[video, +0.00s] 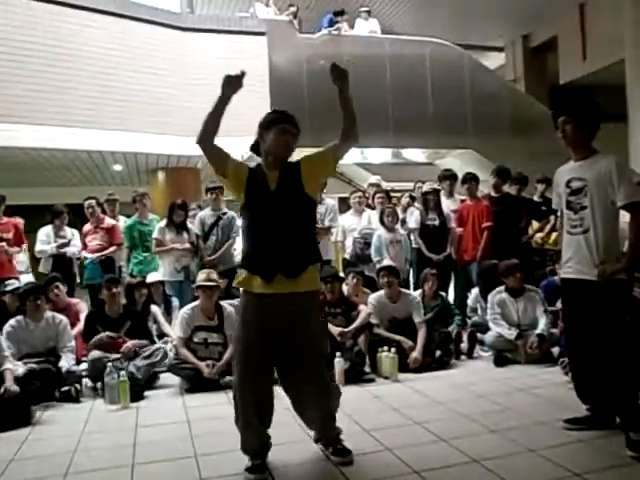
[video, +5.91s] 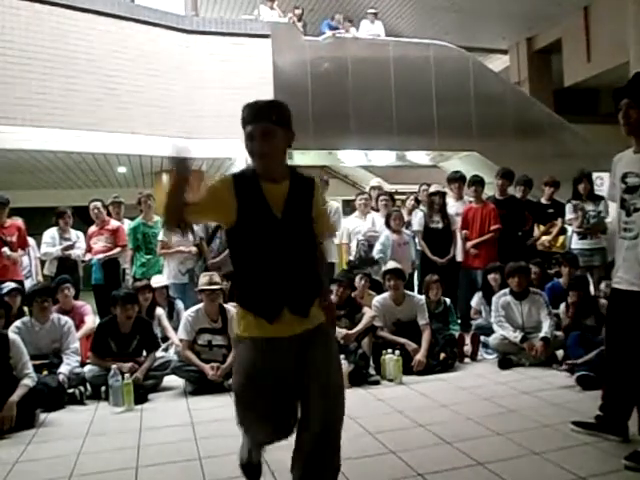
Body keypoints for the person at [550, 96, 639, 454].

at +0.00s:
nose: (562, 133)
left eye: (568, 126)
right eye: (559, 127)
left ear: (586, 128)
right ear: (560, 133)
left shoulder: (611, 166)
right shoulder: (561, 174)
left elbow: (636, 214)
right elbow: (562, 222)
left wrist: (629, 260)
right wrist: (561, 260)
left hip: (608, 277)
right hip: (573, 277)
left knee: (614, 347)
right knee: (580, 346)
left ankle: (628, 416)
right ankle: (597, 409)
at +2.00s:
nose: (558, 134)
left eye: (563, 128)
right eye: (556, 129)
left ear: (582, 129)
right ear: (557, 134)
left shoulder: (606, 166)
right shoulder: (561, 174)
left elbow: (631, 213)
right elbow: (561, 221)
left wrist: (619, 258)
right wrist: (560, 258)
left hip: (603, 274)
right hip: (570, 274)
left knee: (607, 345)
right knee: (577, 346)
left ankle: (620, 412)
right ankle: (597, 409)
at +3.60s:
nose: (607, 116)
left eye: (612, 108)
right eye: (606, 109)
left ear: (629, 111)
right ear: (611, 114)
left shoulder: (634, 159)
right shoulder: (610, 157)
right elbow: (610, 212)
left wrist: (638, 269)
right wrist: (589, 219)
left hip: (633, 279)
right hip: (610, 276)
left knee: (636, 360)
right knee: (603, 350)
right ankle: (605, 415)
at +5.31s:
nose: (620, 119)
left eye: (626, 112)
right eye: (618, 113)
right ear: (619, 119)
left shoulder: (632, 163)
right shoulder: (617, 161)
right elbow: (612, 216)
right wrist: (592, 226)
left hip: (637, 281)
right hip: (620, 278)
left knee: (635, 359)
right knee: (617, 353)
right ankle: (612, 418)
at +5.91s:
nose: (624, 118)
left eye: (629, 110)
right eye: (622, 111)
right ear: (623, 118)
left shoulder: (629, 163)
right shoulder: (620, 161)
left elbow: (616, 222)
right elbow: (615, 221)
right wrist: (610, 267)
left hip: (635, 280)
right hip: (624, 278)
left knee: (633, 357)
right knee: (619, 352)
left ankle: (639, 442)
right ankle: (612, 418)